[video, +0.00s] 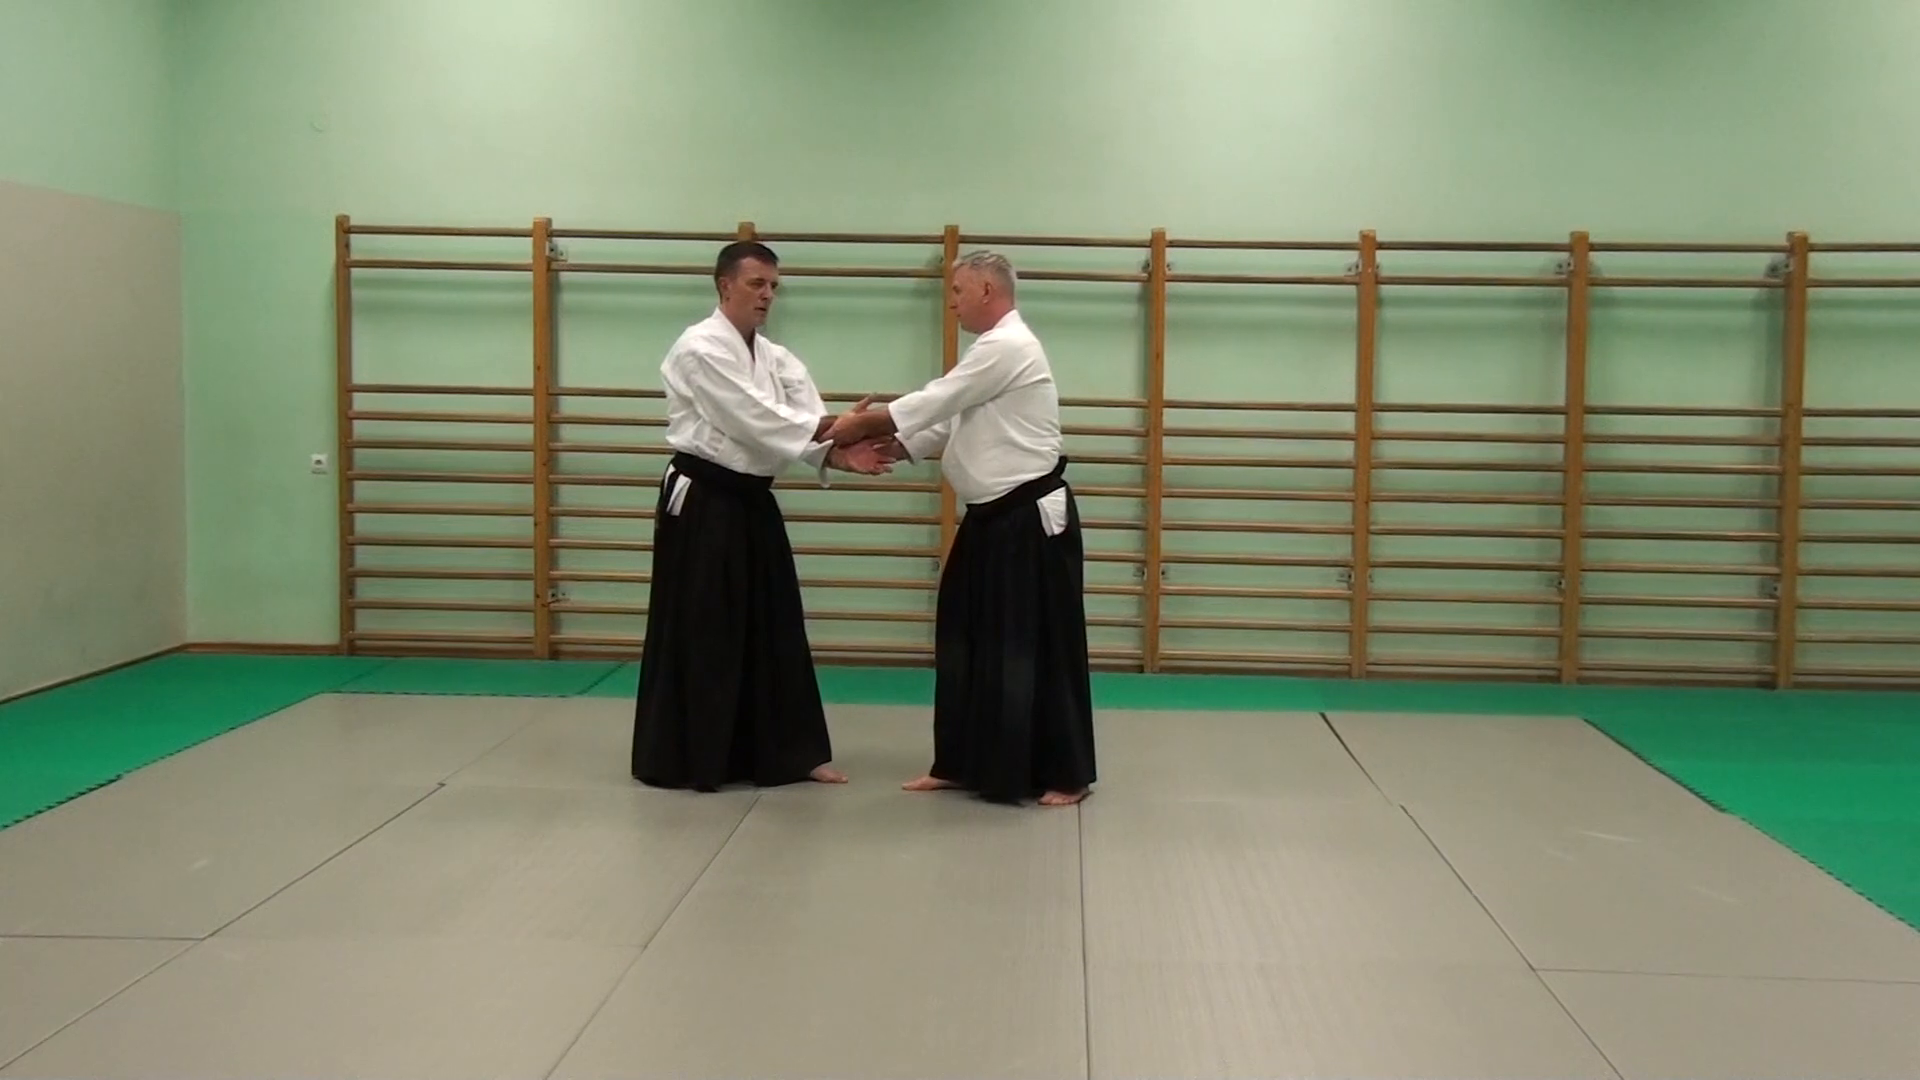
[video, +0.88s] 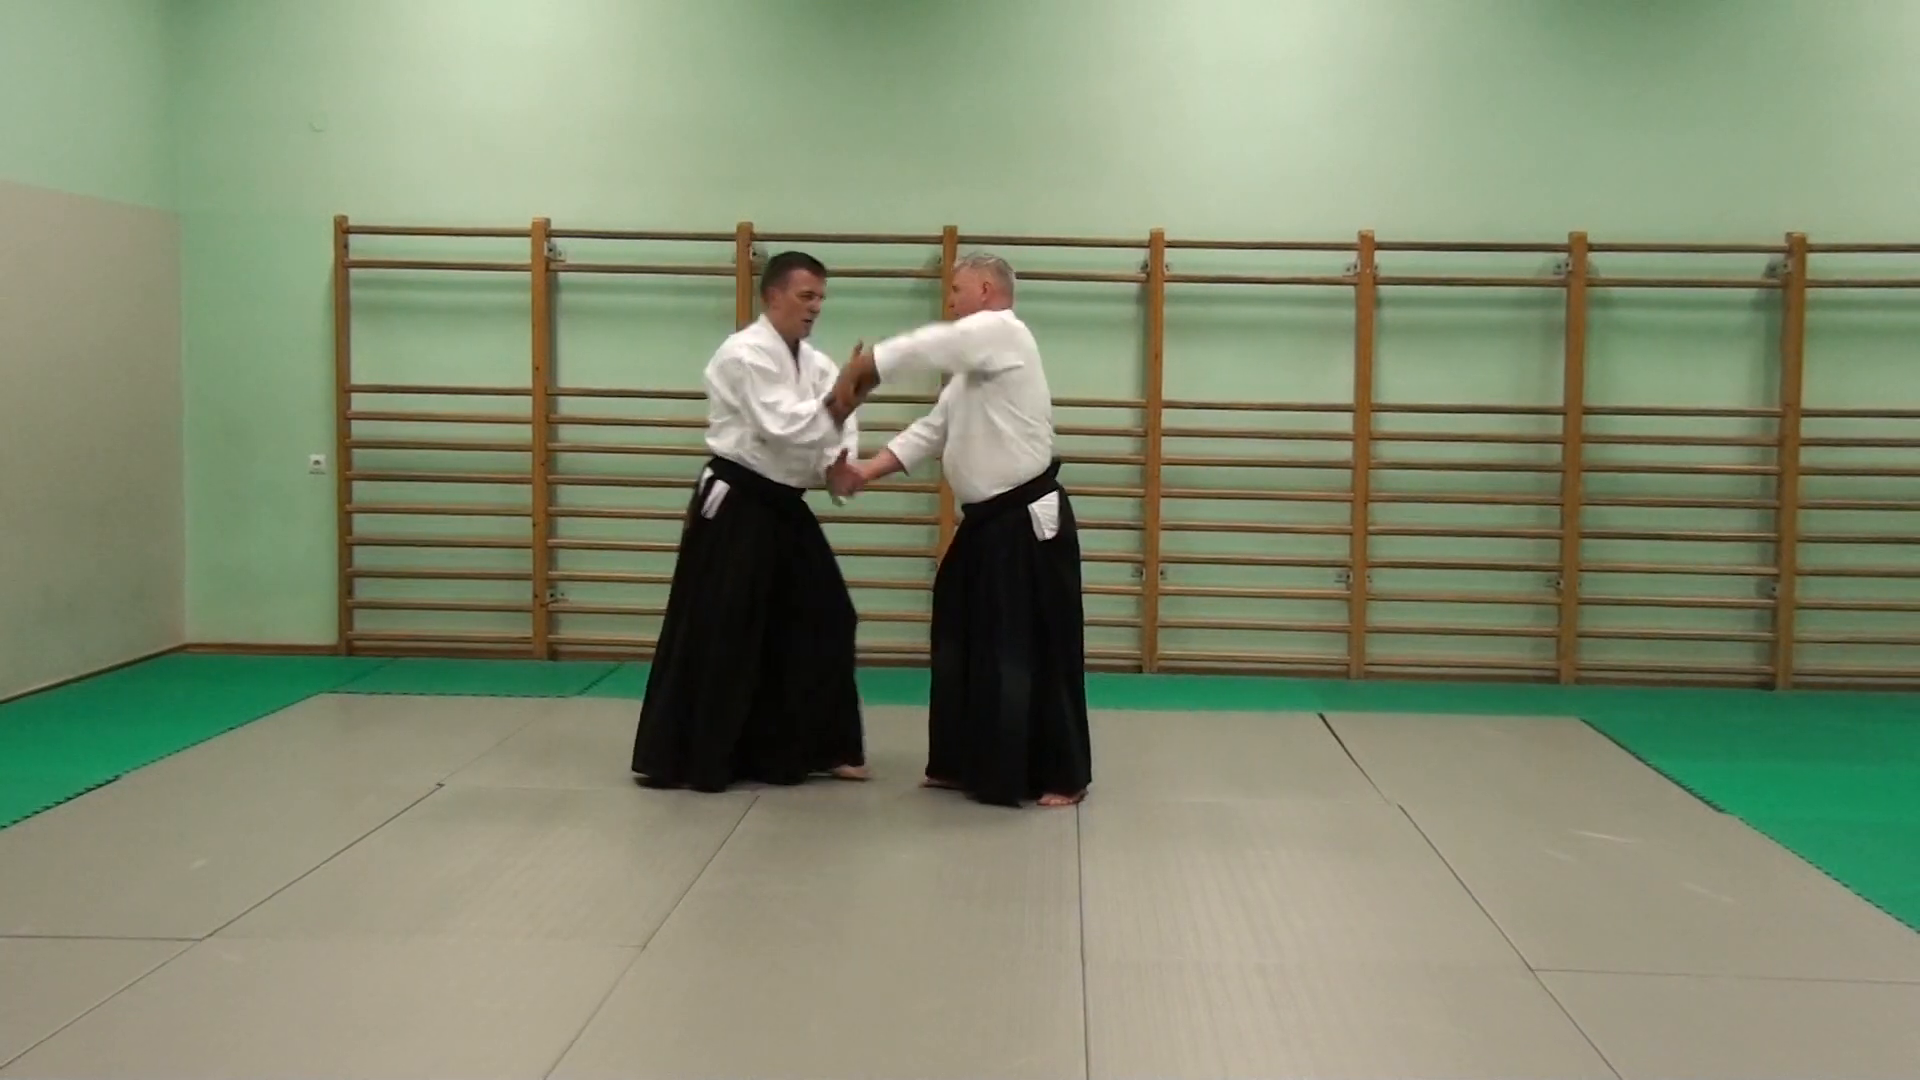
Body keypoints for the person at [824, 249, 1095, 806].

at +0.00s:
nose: (953, 304)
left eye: (958, 292)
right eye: (952, 294)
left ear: (988, 289)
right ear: (987, 290)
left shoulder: (1009, 346)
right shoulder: (990, 351)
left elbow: (934, 402)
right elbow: (949, 432)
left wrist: (859, 419)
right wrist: (889, 446)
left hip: (1032, 514)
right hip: (986, 516)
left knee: (1044, 645)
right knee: (961, 639)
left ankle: (1066, 775)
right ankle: (959, 765)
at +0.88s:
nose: (950, 301)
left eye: (956, 289)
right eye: (950, 292)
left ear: (987, 289)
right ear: (984, 291)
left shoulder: (1001, 330)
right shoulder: (972, 356)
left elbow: (938, 343)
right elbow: (934, 427)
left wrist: (869, 364)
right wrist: (870, 468)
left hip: (1028, 518)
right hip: (982, 521)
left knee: (1042, 645)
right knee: (956, 635)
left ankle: (1061, 774)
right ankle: (960, 762)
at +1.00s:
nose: (959, 298)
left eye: (971, 290)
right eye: (958, 289)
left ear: (998, 305)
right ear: (957, 300)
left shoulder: (1001, 342)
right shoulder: (966, 372)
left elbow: (932, 289)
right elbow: (938, 451)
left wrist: (888, 311)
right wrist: (887, 501)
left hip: (1017, 517)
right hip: (975, 525)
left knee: (1030, 642)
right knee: (958, 641)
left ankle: (1057, 775)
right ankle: (966, 766)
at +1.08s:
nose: (964, 311)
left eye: (974, 301)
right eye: (967, 302)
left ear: (995, 308)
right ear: (977, 310)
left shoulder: (996, 341)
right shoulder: (969, 369)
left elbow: (942, 268)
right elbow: (953, 469)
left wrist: (910, 299)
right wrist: (904, 526)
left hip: (1004, 513)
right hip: (982, 517)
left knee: (969, 641)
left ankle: (1011, 770)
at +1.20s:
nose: (1000, 299)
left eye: (1008, 296)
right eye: (1003, 294)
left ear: (1017, 312)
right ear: (1004, 315)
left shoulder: (995, 332)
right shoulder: (993, 358)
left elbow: (944, 255)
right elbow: (948, 461)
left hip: (991, 492)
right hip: (1002, 496)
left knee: (961, 630)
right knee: (993, 629)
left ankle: (990, 769)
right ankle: (979, 761)